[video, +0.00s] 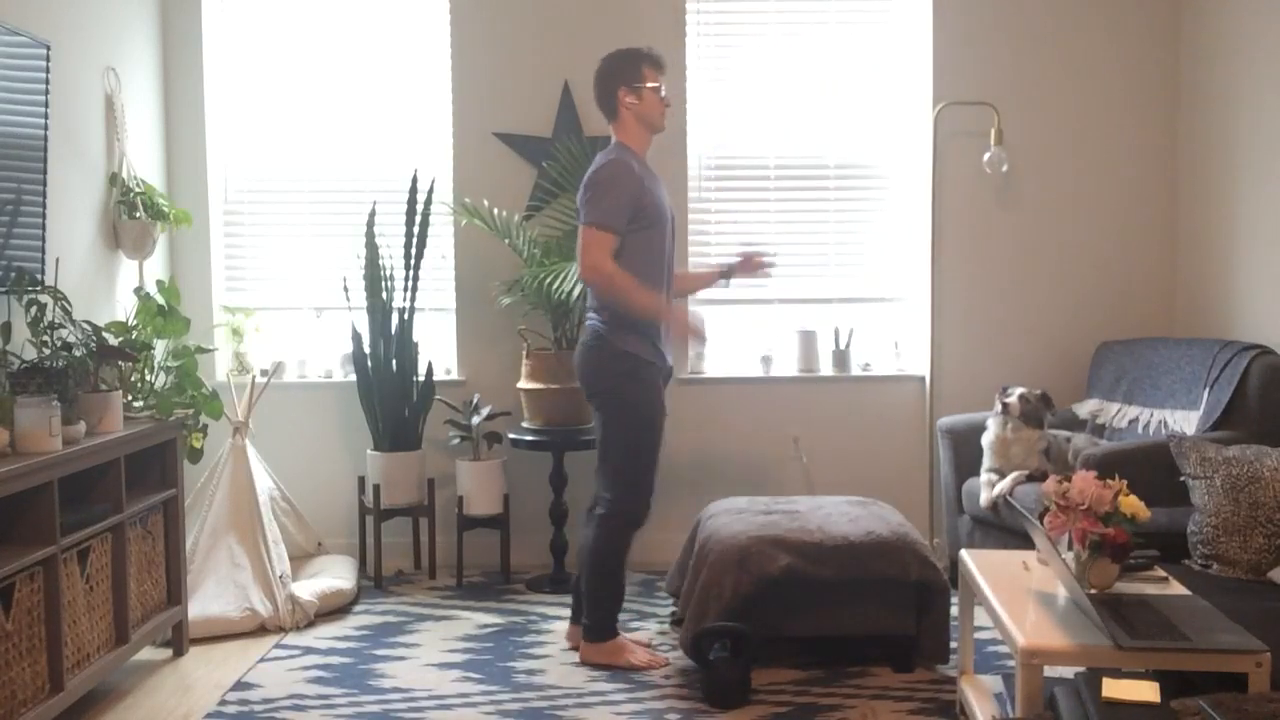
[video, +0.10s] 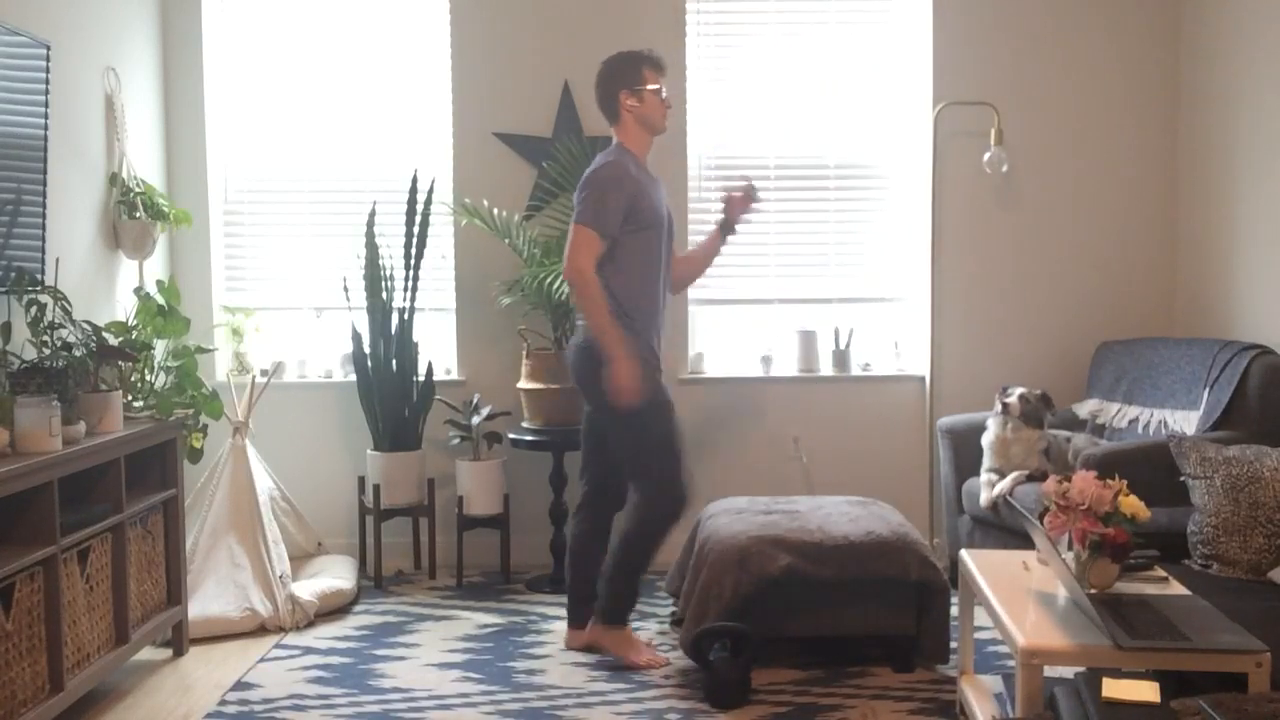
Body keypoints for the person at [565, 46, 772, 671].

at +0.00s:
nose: (668, 99)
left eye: (665, 89)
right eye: (658, 89)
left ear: (634, 101)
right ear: (626, 99)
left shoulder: (641, 173)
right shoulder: (615, 168)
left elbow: (658, 282)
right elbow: (593, 267)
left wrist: (726, 270)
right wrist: (665, 312)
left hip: (636, 352)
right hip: (621, 354)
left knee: (617, 498)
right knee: (626, 502)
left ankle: (587, 625)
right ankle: (599, 638)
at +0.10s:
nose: (669, 100)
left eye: (666, 90)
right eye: (659, 91)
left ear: (637, 103)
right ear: (628, 102)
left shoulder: (645, 182)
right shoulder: (611, 172)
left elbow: (674, 276)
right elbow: (577, 268)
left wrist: (725, 225)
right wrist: (617, 351)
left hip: (620, 350)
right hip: (617, 351)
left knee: (600, 490)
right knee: (663, 493)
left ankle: (582, 621)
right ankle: (610, 626)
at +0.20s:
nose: (672, 101)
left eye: (669, 92)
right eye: (662, 92)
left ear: (640, 102)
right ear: (632, 101)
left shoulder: (650, 186)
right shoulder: (607, 172)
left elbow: (699, 261)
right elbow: (564, 264)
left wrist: (719, 196)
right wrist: (571, 356)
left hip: (624, 352)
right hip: (614, 352)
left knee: (601, 493)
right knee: (716, 444)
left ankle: (582, 624)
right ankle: (628, 549)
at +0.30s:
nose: (677, 102)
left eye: (675, 91)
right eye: (666, 92)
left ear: (645, 102)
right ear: (636, 101)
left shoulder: (657, 186)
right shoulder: (610, 171)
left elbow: (717, 244)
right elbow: (559, 256)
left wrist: (714, 176)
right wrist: (549, 352)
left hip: (623, 345)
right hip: (613, 342)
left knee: (609, 488)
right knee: (746, 386)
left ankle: (583, 623)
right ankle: (647, 475)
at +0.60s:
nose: (708, 115)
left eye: (704, 105)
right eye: (698, 105)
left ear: (673, 116)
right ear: (669, 115)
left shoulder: (689, 197)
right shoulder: (641, 185)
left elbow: (762, 232)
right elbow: (587, 271)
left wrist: (732, 175)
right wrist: (581, 361)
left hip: (643, 356)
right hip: (637, 351)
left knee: (651, 496)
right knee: (779, 361)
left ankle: (588, 618)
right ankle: (742, 494)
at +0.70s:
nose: (724, 116)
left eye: (720, 106)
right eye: (713, 107)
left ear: (689, 121)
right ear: (684, 120)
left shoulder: (702, 201)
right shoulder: (662, 190)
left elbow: (774, 229)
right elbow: (606, 273)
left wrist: (741, 171)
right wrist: (620, 368)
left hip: (662, 360)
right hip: (655, 360)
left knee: (666, 499)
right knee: (792, 393)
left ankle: (591, 615)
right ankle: (739, 516)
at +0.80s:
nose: (739, 89)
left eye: (734, 79)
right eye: (729, 80)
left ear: (700, 94)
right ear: (702, 92)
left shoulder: (711, 175)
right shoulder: (681, 168)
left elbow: (778, 220)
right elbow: (636, 256)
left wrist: (767, 158)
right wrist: (684, 334)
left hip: (677, 344)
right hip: (675, 342)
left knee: (661, 483)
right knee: (803, 407)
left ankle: (595, 604)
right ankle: (742, 529)